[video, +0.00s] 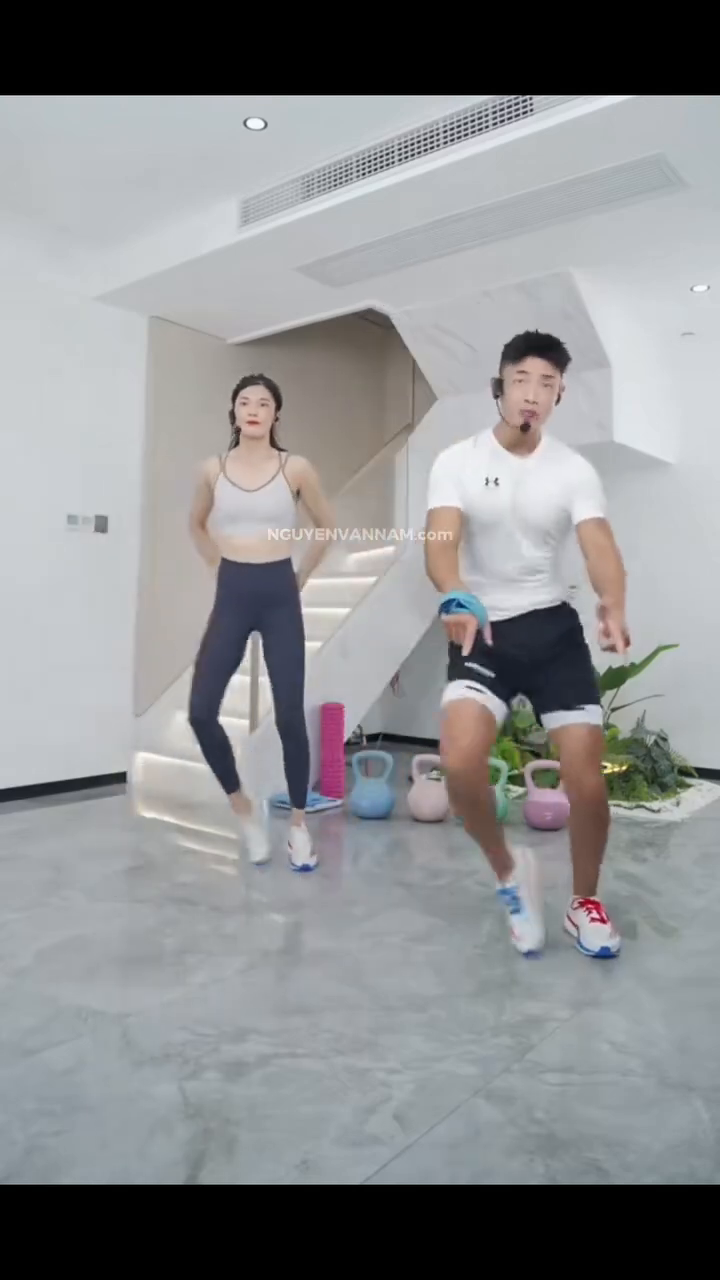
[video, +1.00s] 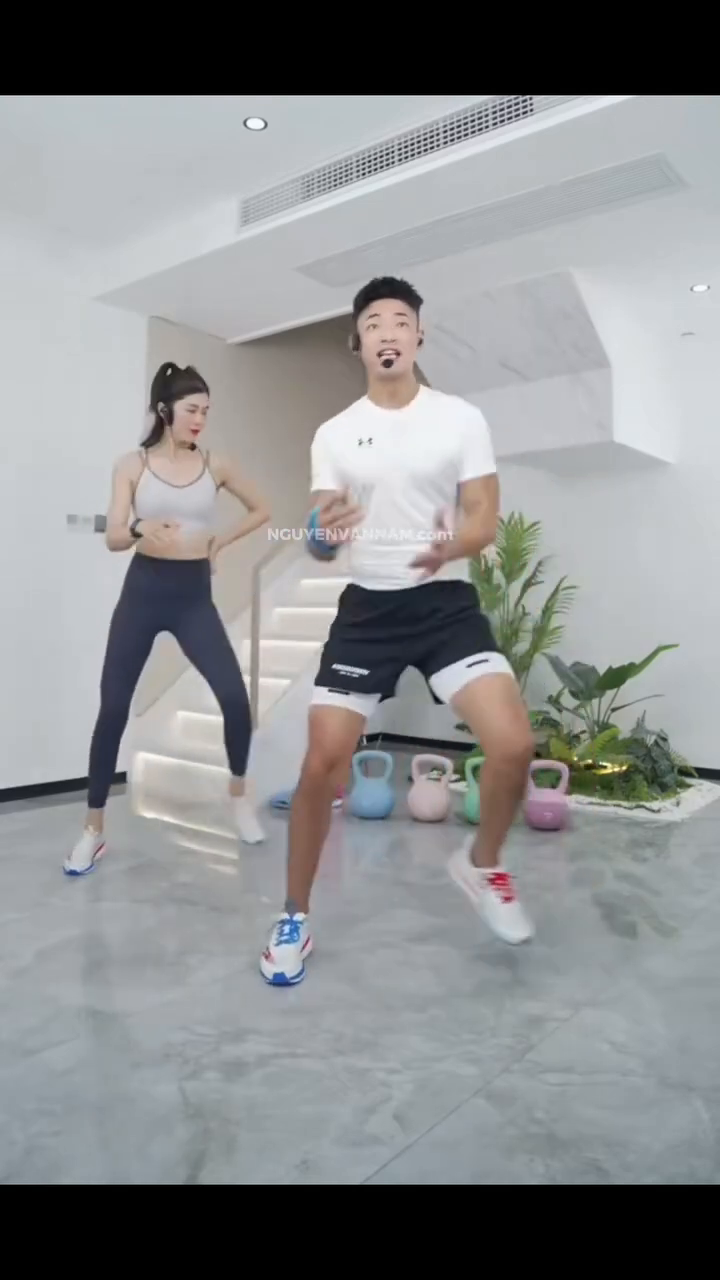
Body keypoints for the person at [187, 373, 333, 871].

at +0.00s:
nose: (253, 410)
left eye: (262, 403)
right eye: (245, 403)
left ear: (276, 414)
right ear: (233, 413)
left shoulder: (295, 469)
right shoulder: (215, 470)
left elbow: (328, 528)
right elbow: (196, 524)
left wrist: (299, 577)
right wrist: (221, 566)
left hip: (280, 593)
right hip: (232, 594)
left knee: (290, 716)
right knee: (201, 713)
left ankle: (298, 823)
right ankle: (243, 811)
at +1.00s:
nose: (200, 418)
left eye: (205, 410)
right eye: (192, 408)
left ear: (208, 415)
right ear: (164, 410)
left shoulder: (215, 466)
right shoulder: (133, 464)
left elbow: (263, 512)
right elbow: (113, 539)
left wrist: (221, 541)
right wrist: (139, 530)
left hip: (193, 599)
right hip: (142, 597)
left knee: (237, 700)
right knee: (113, 710)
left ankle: (239, 794)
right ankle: (94, 826)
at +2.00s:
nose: (243, 415)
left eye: (251, 407)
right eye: (236, 404)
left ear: (257, 412)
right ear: (217, 404)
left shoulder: (262, 463)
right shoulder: (182, 453)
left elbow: (283, 535)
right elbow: (162, 516)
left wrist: (277, 596)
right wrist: (152, 579)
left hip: (231, 588)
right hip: (179, 583)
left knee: (254, 706)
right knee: (145, 701)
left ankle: (290, 818)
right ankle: (108, 817)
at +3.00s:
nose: (226, 417)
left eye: (236, 410)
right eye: (219, 408)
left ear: (248, 419)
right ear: (205, 413)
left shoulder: (260, 464)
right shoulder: (184, 461)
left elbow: (311, 451)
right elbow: (139, 422)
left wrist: (277, 393)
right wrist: (179, 373)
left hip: (256, 594)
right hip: (205, 595)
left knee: (265, 710)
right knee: (146, 706)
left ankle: (277, 825)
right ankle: (128, 815)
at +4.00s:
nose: (184, 430)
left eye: (194, 424)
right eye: (178, 420)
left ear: (205, 431)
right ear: (165, 420)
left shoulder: (207, 478)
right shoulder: (136, 456)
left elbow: (250, 469)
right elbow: (101, 396)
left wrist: (228, 415)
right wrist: (159, 372)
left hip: (168, 597)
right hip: (118, 592)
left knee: (179, 710)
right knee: (104, 711)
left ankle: (182, 793)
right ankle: (103, 826)